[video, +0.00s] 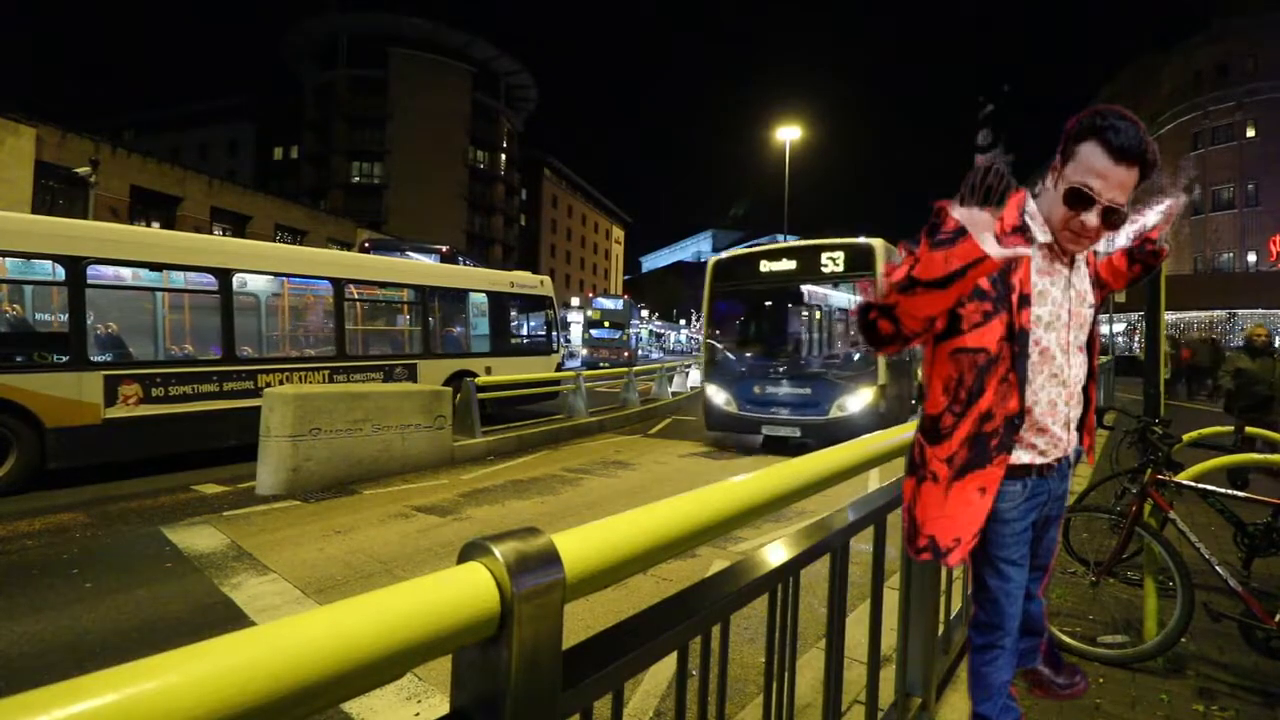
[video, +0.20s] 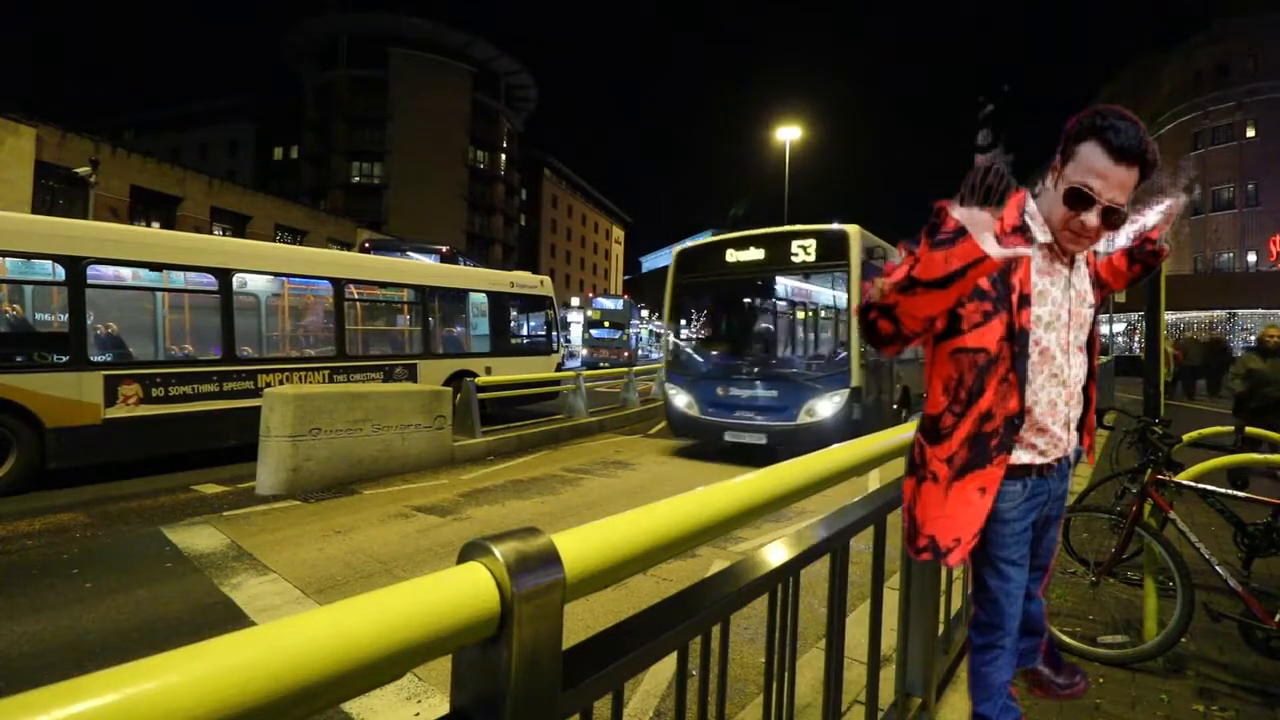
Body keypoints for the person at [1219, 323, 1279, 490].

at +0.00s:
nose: (1262, 339)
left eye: (1266, 336)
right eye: (1257, 336)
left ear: (1270, 339)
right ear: (1249, 338)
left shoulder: (1273, 359)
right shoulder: (1237, 356)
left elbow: (1276, 381)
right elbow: (1224, 375)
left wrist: (1274, 396)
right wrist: (1230, 389)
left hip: (1270, 407)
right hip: (1244, 407)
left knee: (1273, 442)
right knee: (1244, 444)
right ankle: (1240, 477)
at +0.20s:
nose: (1274, 340)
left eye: (1277, 337)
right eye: (1270, 337)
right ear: (1261, 338)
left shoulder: (1277, 360)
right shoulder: (1248, 358)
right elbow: (1231, 379)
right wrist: (1243, 391)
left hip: (1274, 411)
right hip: (1250, 411)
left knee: (1275, 446)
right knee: (1247, 446)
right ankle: (1240, 476)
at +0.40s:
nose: (1278, 337)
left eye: (1279, 333)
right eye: (1275, 333)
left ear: (1279, 335)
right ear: (1266, 335)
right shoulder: (1255, 357)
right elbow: (1238, 384)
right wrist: (1244, 405)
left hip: (1275, 411)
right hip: (1260, 410)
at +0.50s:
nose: (1278, 337)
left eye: (1279, 334)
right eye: (1276, 333)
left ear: (1278, 336)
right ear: (1268, 336)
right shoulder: (1257, 358)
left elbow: (1239, 383)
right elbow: (1239, 384)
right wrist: (1240, 406)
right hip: (1265, 412)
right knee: (1268, 444)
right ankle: (1267, 474)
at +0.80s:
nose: (1279, 337)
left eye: (1279, 333)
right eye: (1277, 333)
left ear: (1273, 337)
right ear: (1271, 336)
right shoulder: (1261, 360)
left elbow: (1247, 386)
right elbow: (1246, 386)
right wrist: (1244, 409)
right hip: (1268, 413)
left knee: (1274, 447)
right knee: (1273, 447)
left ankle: (1274, 477)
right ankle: (1273, 477)